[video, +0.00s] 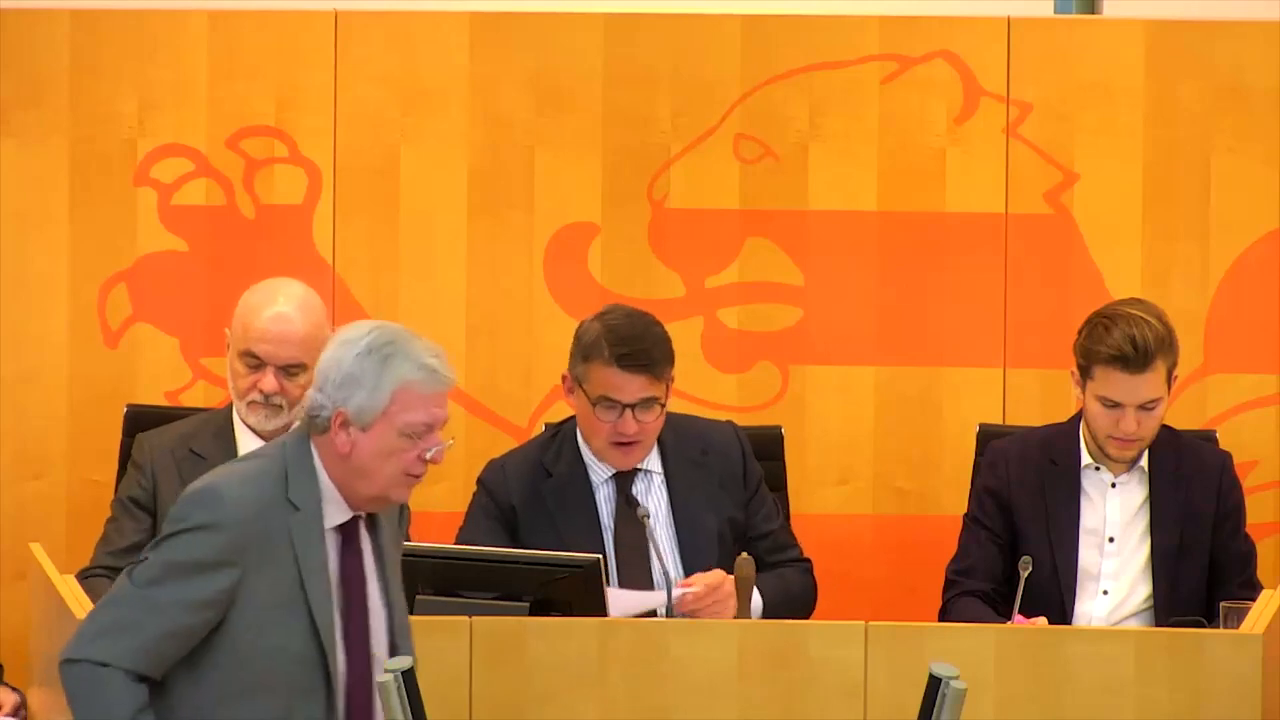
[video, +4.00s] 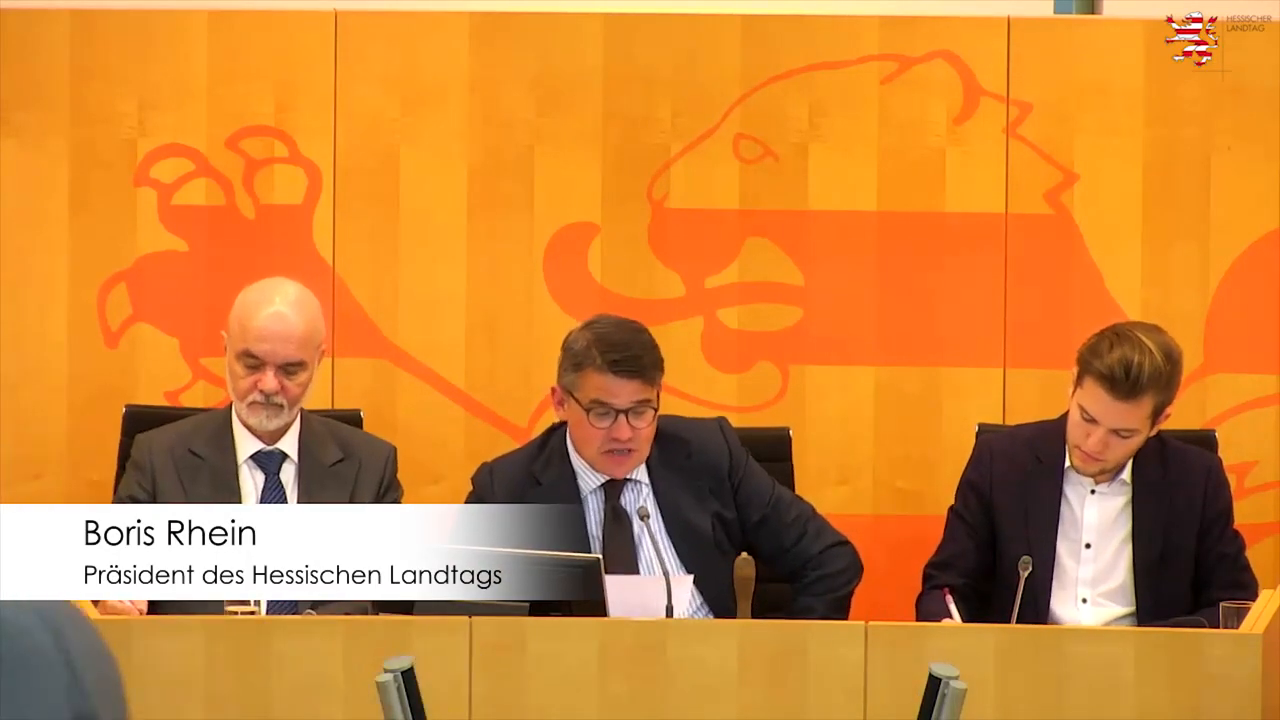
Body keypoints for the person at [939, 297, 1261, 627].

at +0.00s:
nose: (1128, 425)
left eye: (1148, 405)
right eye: (1110, 404)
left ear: (1171, 389)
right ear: (1078, 382)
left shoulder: (1209, 472)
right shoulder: (1011, 464)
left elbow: (1240, 605)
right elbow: (966, 597)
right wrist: (1000, 639)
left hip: (1166, 677)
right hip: (1038, 672)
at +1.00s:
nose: (1125, 423)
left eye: (1146, 404)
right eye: (1108, 402)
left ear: (1170, 389)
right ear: (1078, 381)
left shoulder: (1209, 472)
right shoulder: (1011, 464)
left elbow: (1240, 608)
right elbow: (962, 601)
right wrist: (1051, 631)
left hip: (1166, 676)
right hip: (1041, 672)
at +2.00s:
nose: (1100, 422)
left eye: (1123, 405)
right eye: (1086, 398)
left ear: (1155, 394)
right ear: (1066, 377)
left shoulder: (1199, 473)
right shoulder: (1003, 460)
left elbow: (1229, 607)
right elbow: (936, 593)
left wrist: (1121, 626)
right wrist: (963, 618)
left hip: (1151, 675)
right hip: (1026, 667)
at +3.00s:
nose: (1090, 434)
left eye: (1116, 422)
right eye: (1081, 407)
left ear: (1155, 411)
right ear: (1067, 381)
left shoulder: (1197, 475)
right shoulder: (1000, 460)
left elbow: (1239, 602)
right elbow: (941, 591)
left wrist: (1150, 641)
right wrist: (952, 633)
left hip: (1149, 678)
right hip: (1023, 670)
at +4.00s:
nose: (1094, 443)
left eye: (1121, 434)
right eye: (1086, 417)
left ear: (1160, 420)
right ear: (1074, 385)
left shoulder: (1197, 476)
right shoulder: (1000, 459)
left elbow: (1238, 600)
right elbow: (945, 586)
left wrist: (1164, 644)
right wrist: (956, 645)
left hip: (1147, 678)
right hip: (1022, 670)